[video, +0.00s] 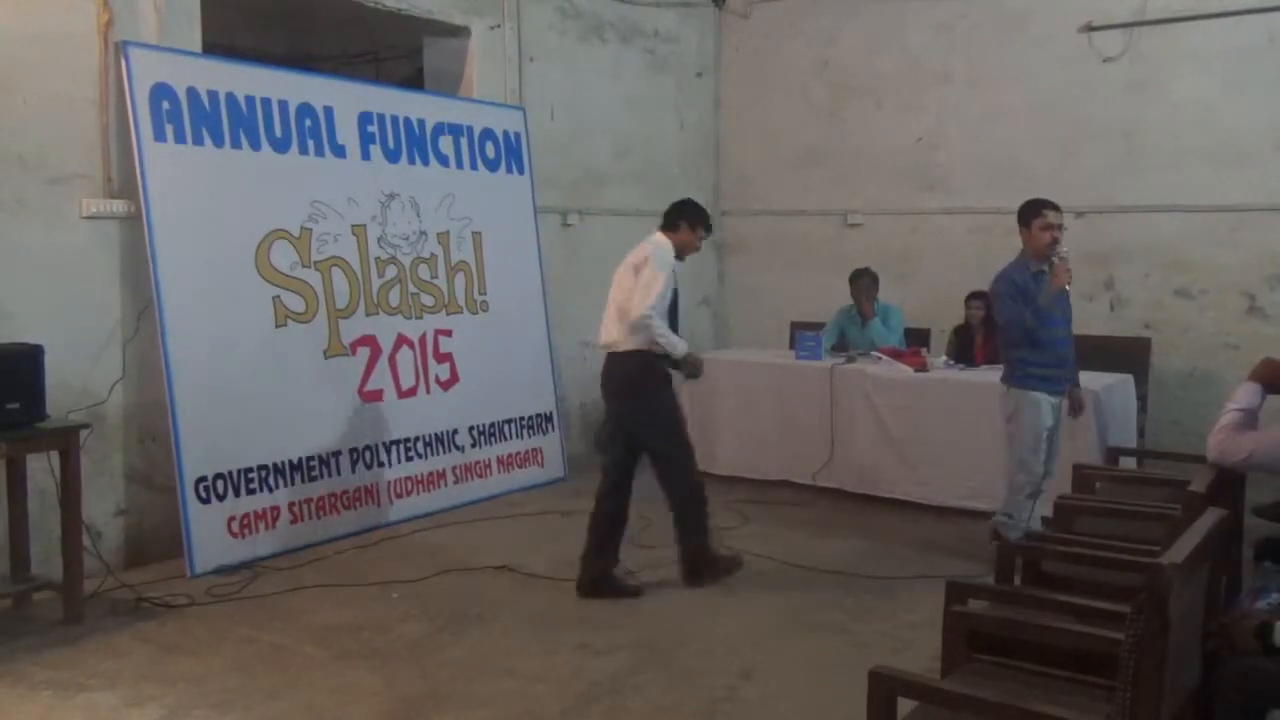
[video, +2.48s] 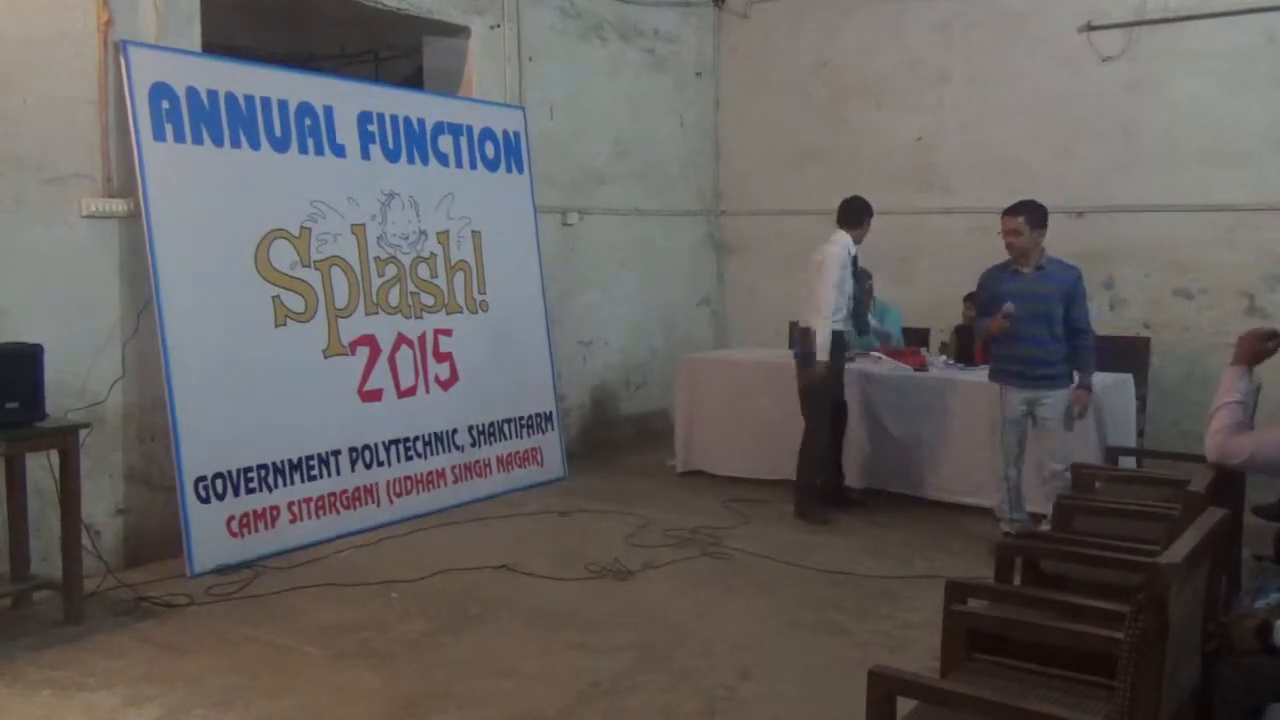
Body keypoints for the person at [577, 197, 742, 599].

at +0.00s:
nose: (699, 247)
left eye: (701, 240)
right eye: (699, 237)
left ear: (672, 227)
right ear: (682, 227)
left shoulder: (637, 255)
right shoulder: (661, 255)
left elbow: (629, 325)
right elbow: (641, 315)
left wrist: (672, 357)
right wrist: (682, 351)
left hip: (618, 369)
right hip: (642, 369)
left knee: (617, 473)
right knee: (679, 467)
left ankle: (596, 572)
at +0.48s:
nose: (765, 223)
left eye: (765, 216)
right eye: (764, 216)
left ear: (728, 213)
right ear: (753, 214)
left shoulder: (698, 255)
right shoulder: (755, 250)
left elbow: (702, 306)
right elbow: (791, 298)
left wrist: (744, 344)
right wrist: (805, 329)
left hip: (704, 356)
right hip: (736, 356)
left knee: (750, 437)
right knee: (737, 448)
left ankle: (739, 521)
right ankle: (716, 552)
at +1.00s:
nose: (828, 226)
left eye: (828, 221)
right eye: (827, 220)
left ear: (793, 217)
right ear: (819, 219)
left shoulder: (763, 255)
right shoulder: (819, 253)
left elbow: (755, 309)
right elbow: (845, 295)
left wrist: (757, 353)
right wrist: (880, 312)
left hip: (775, 354)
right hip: (811, 355)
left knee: (781, 438)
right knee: (830, 432)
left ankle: (781, 522)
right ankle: (811, 505)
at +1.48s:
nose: (884, 238)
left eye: (885, 233)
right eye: (885, 232)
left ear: (855, 222)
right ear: (878, 229)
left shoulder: (820, 251)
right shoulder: (876, 260)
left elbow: (806, 301)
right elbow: (897, 308)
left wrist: (810, 330)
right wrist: (932, 328)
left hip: (820, 342)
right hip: (853, 345)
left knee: (834, 419)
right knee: (864, 425)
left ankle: (824, 488)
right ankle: (860, 501)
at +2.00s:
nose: (892, 232)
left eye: (894, 225)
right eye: (890, 224)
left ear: (872, 222)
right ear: (872, 221)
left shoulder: (860, 250)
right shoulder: (852, 250)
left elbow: (859, 305)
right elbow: (845, 303)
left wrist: (864, 346)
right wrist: (850, 348)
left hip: (845, 336)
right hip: (835, 337)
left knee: (844, 415)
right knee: (842, 415)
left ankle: (837, 488)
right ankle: (838, 491)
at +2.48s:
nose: (869, 230)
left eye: (869, 225)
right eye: (869, 224)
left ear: (843, 218)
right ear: (862, 224)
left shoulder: (842, 250)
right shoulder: (836, 251)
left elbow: (836, 305)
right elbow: (823, 306)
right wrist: (821, 355)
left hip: (834, 338)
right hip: (824, 339)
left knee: (835, 416)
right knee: (821, 420)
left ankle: (830, 488)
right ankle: (807, 499)